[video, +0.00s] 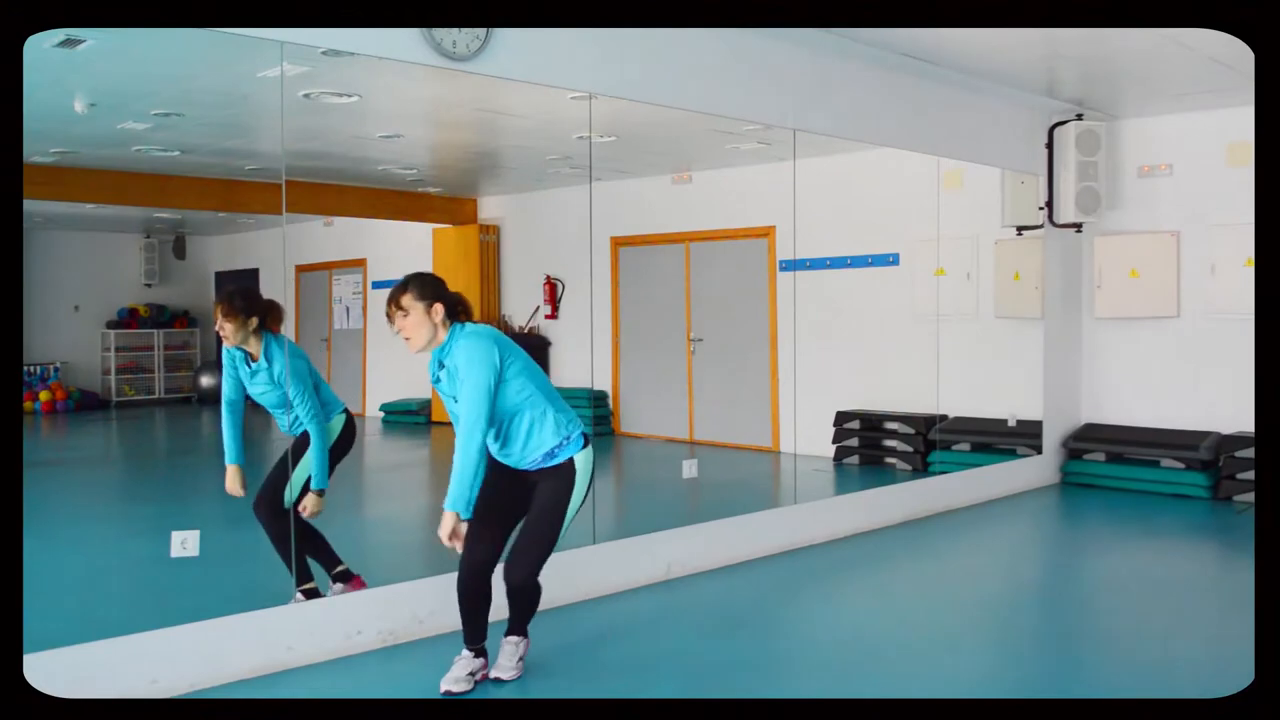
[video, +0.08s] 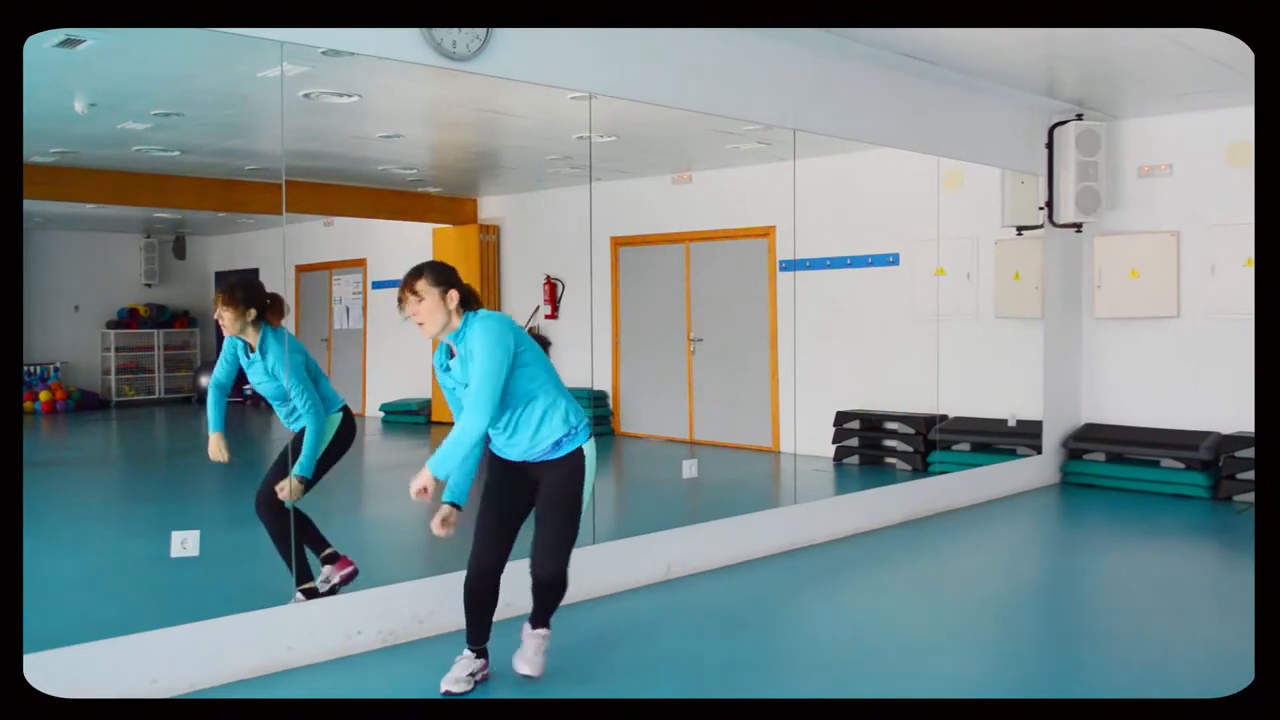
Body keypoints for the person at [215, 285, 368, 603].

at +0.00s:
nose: (218, 327)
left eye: (226, 320)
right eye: (217, 319)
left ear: (252, 323)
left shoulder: (285, 357)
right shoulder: (232, 352)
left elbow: (315, 422)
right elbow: (231, 406)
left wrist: (318, 489)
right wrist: (233, 464)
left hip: (332, 427)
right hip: (308, 431)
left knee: (266, 506)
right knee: (283, 511)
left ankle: (308, 593)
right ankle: (345, 578)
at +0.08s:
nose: (217, 316)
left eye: (225, 309)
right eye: (217, 308)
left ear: (249, 313)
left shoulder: (281, 348)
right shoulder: (235, 340)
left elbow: (314, 414)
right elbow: (218, 384)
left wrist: (299, 475)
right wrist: (216, 433)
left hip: (332, 426)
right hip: (306, 427)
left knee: (267, 502)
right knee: (272, 496)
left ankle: (307, 591)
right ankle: (333, 562)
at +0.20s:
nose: (225, 294)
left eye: (230, 287)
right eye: (225, 287)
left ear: (252, 291)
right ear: (250, 292)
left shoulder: (281, 330)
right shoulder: (248, 321)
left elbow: (303, 398)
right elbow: (205, 334)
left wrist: (260, 430)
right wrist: (200, 355)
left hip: (325, 418)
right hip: (306, 417)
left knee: (269, 503)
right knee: (280, 486)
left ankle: (307, 591)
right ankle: (333, 548)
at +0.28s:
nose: (235, 279)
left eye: (239, 272)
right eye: (236, 273)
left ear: (259, 275)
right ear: (260, 276)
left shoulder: (284, 313)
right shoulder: (262, 306)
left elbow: (287, 379)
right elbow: (220, 298)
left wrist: (238, 383)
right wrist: (202, 306)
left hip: (321, 411)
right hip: (303, 412)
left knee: (279, 496)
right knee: (287, 485)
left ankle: (307, 591)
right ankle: (334, 553)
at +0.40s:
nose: (256, 260)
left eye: (259, 253)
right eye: (256, 254)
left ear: (274, 253)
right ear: (282, 253)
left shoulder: (287, 287)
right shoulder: (293, 279)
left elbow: (272, 326)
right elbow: (250, 260)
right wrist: (214, 249)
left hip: (309, 395)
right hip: (314, 392)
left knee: (302, 489)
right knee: (318, 482)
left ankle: (304, 585)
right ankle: (332, 560)